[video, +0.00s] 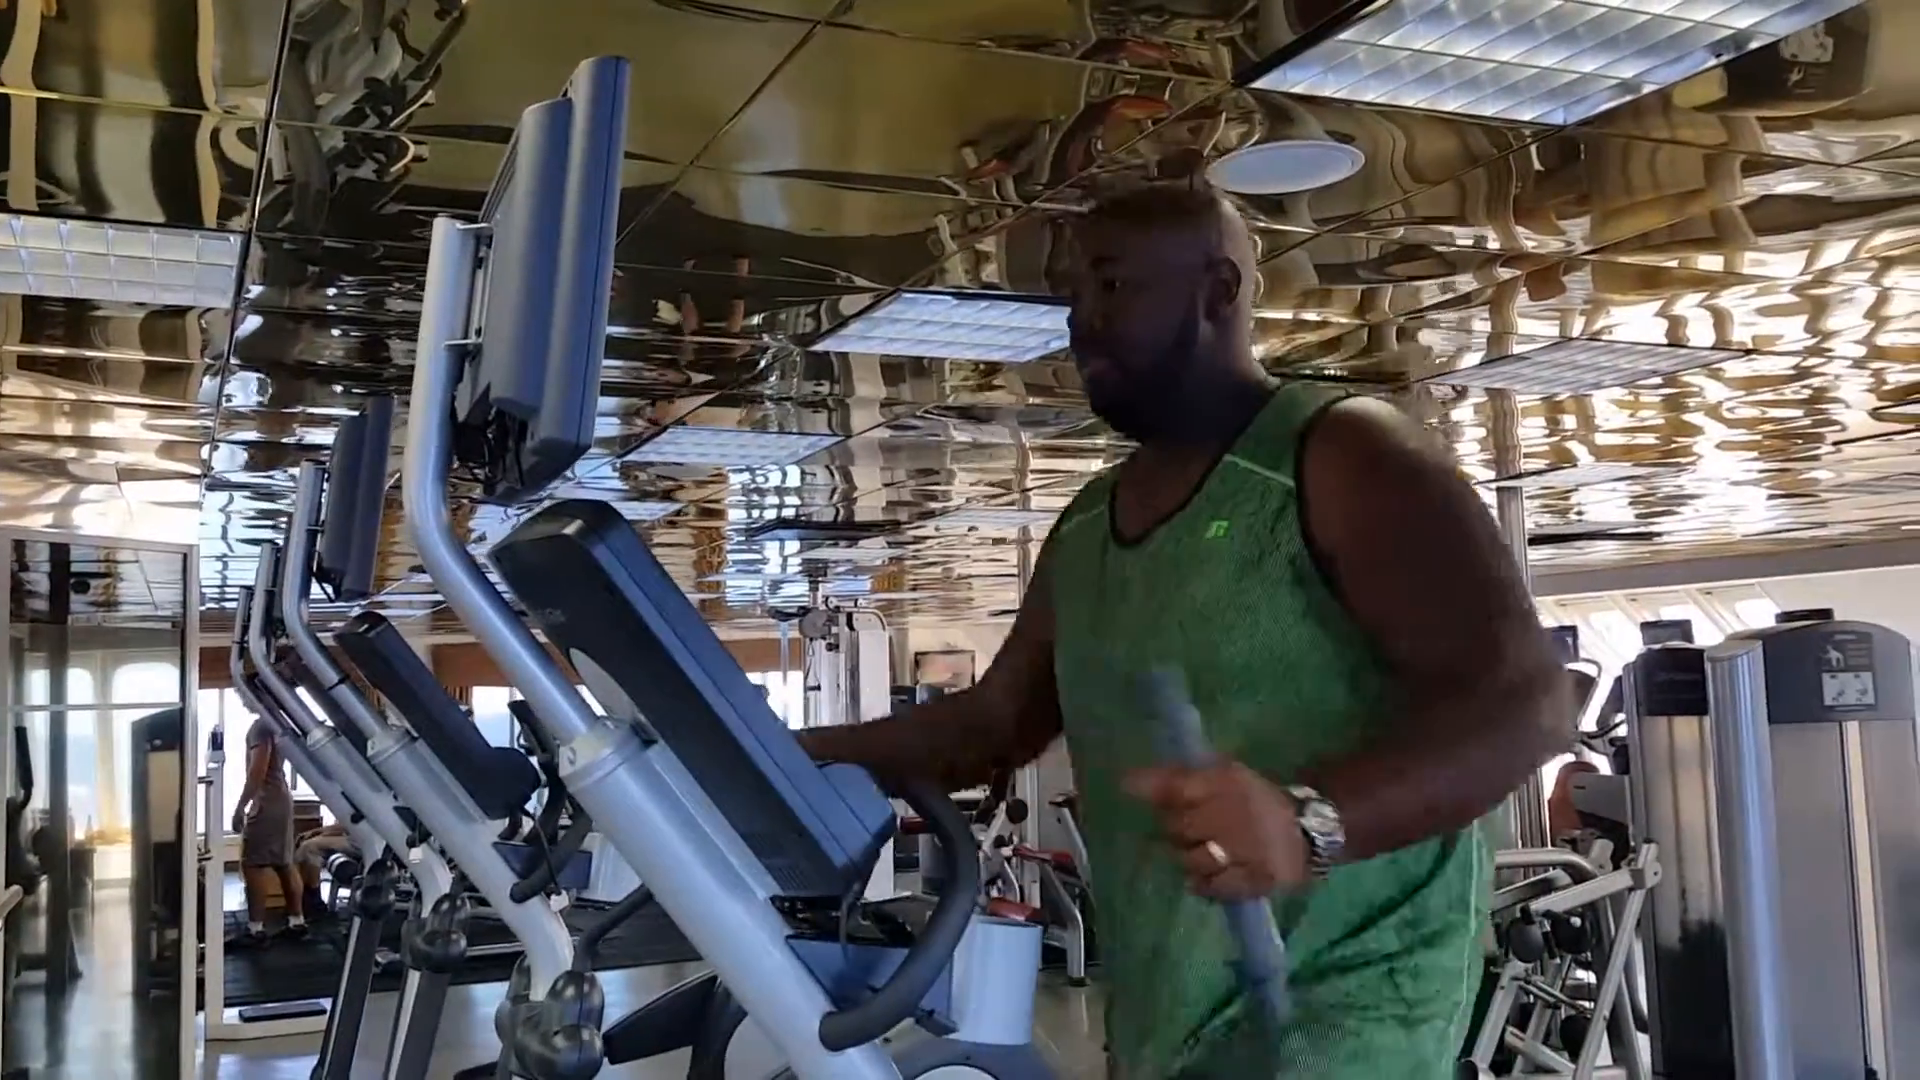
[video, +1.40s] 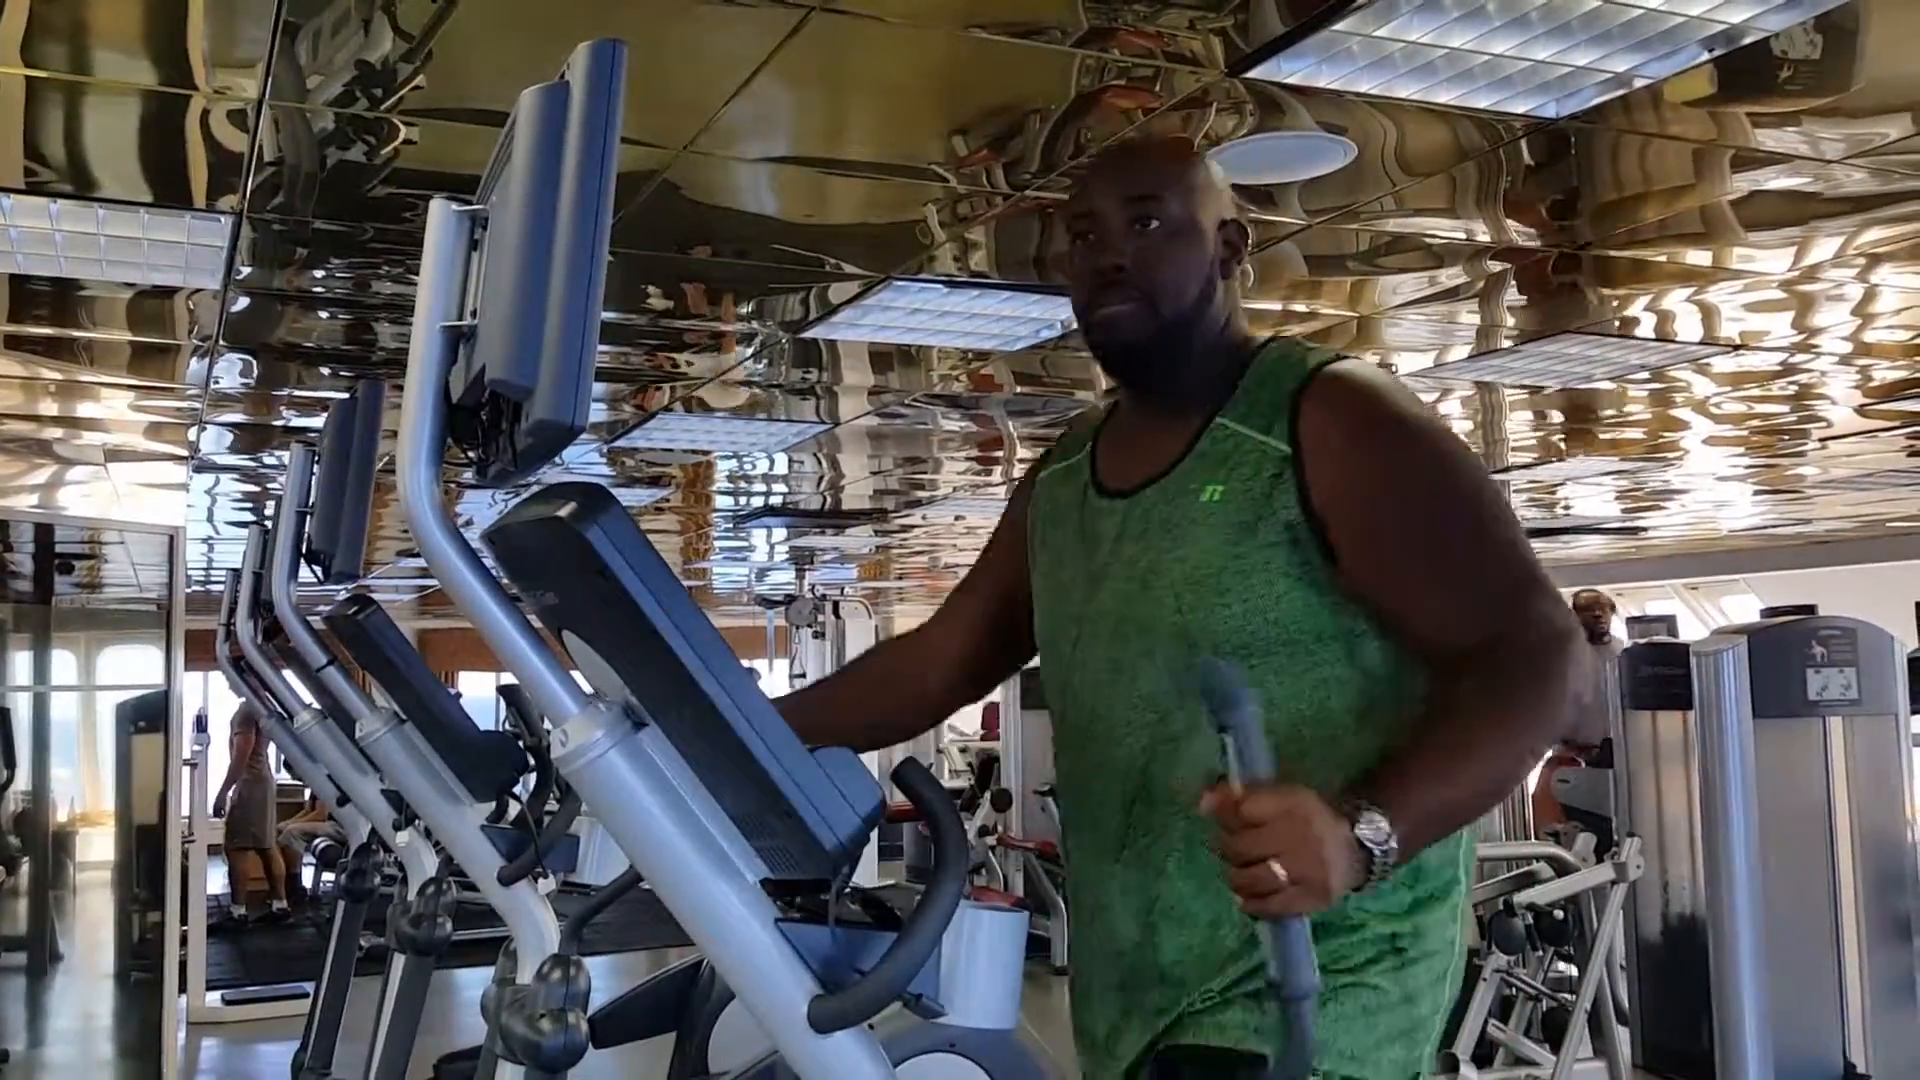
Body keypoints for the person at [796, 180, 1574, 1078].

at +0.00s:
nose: (1078, 321)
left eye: (1110, 286)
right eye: (1071, 293)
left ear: (1218, 295)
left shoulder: (1351, 453)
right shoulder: (1089, 528)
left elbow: (1528, 700)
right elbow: (995, 724)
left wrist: (1317, 820)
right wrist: (789, 758)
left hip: (1353, 1002)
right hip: (1159, 1008)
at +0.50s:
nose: (1145, 276)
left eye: (1192, 236)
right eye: (1127, 255)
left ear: (1283, 265)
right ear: (1110, 290)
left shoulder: (1388, 460)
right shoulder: (1139, 512)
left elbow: (1517, 738)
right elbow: (1052, 712)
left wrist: (1210, 803)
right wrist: (842, 756)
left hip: (1407, 1046)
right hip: (1168, 1044)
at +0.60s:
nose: (1166, 286)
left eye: (1211, 247)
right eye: (1140, 262)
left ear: (1292, 279)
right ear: (1120, 295)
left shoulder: (1394, 459)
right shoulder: (1167, 496)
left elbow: (1432, 743)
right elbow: (1150, 696)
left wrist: (1118, 784)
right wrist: (980, 750)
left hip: (1396, 1037)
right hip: (1191, 1032)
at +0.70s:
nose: (1157, 260)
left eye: (1199, 226)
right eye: (1134, 239)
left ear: (1281, 259)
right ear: (1115, 278)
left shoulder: (1369, 425)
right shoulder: (1171, 475)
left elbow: (1359, 689)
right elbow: (1179, 688)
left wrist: (1056, 777)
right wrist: (1045, 754)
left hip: (1394, 1021)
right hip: (1204, 1014)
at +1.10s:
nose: (1104, 257)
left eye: (1143, 226)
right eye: (1076, 237)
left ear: (1218, 255)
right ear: (1050, 273)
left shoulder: (1312, 417)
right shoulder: (1087, 476)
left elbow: (1377, 668)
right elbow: (1080, 671)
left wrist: (1124, 765)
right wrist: (910, 750)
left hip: (1335, 993)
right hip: (1157, 992)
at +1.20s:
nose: (1104, 291)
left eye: (1143, 259)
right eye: (1078, 269)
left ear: (1219, 287)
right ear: (1057, 303)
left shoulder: (1325, 449)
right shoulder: (1078, 509)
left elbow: (1460, 709)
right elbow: (1025, 709)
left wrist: (1223, 785)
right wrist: (833, 747)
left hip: (1327, 1020)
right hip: (1134, 1017)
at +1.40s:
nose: (1101, 255)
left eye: (1144, 220)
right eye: (1081, 231)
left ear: (1231, 247)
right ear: (1065, 265)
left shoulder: (1337, 421)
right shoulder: (1060, 483)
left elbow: (1540, 660)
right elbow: (933, 663)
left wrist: (1364, 833)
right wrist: (747, 737)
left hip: (1321, 985)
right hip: (1122, 987)